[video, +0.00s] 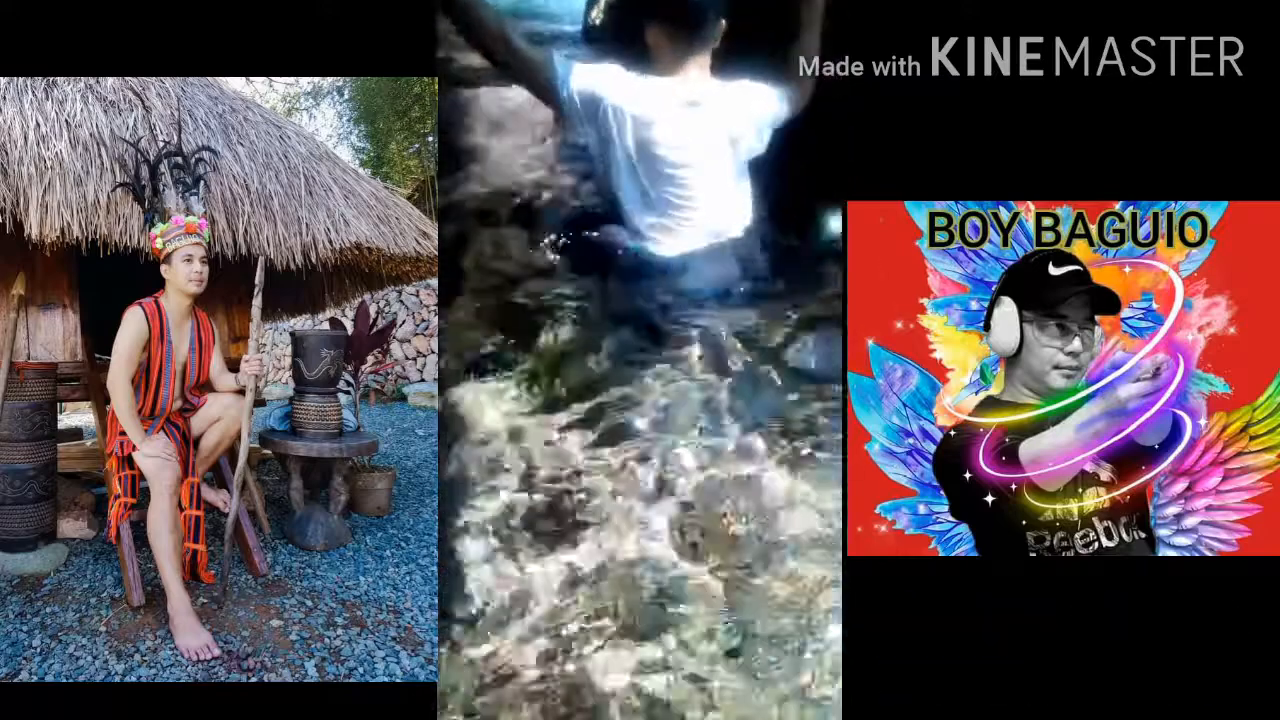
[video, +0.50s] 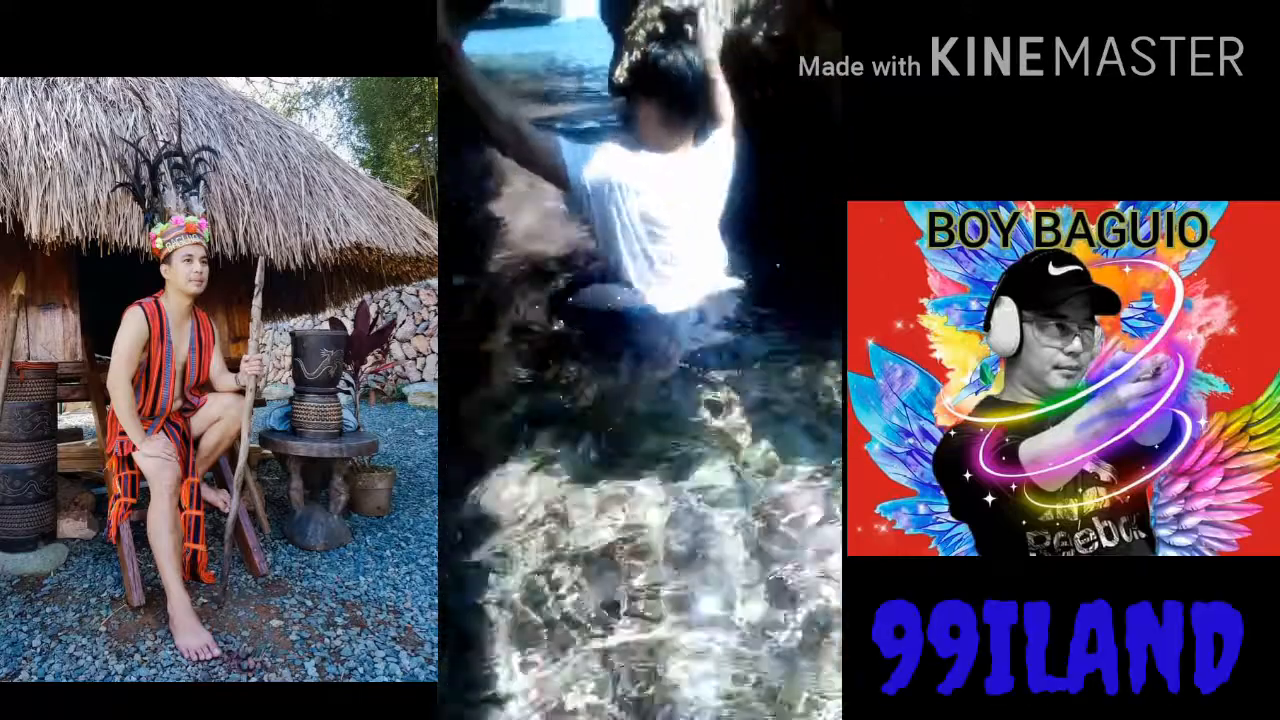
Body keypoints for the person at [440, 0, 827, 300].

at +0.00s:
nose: (648, 37)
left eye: (648, 27)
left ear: (652, 34)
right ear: (721, 34)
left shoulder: (613, 95)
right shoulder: (747, 102)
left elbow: (508, 53)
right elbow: (802, 86)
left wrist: (458, 3)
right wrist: (813, 12)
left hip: (657, 269)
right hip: (731, 265)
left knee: (572, 233)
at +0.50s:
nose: (632, 112)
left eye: (636, 101)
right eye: (635, 101)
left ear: (650, 107)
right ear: (698, 113)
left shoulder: (606, 169)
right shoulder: (715, 164)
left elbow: (515, 137)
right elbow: (723, 114)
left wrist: (452, 58)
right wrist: (711, 53)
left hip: (651, 325)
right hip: (719, 313)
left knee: (572, 299)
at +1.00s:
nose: (599, 154)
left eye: (617, 145)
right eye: (595, 142)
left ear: (647, 161)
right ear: (586, 146)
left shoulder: (593, 205)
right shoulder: (650, 206)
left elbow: (520, 175)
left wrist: (454, 96)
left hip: (635, 341)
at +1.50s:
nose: (618, 152)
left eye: (632, 141)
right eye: (615, 140)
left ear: (665, 150)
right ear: (611, 141)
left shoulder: (622, 193)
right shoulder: (670, 200)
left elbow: (566, 161)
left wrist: (510, 77)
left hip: (649, 343)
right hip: (703, 343)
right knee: (690, 444)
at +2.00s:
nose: (635, 118)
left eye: (640, 107)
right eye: (634, 107)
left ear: (667, 106)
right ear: (696, 112)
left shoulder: (668, 157)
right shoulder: (708, 162)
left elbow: (618, 141)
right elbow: (598, 196)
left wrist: (545, 43)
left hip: (683, 351)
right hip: (738, 345)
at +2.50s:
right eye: (716, 156)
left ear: (643, 168)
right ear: (712, 167)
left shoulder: (679, 229)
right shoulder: (736, 225)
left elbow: (620, 259)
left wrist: (527, 157)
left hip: (690, 439)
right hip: (751, 444)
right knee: (733, 592)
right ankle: (735, 707)